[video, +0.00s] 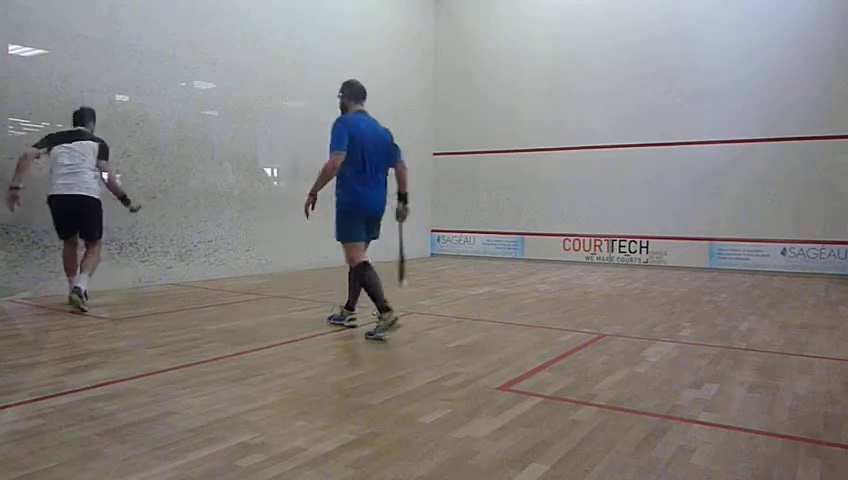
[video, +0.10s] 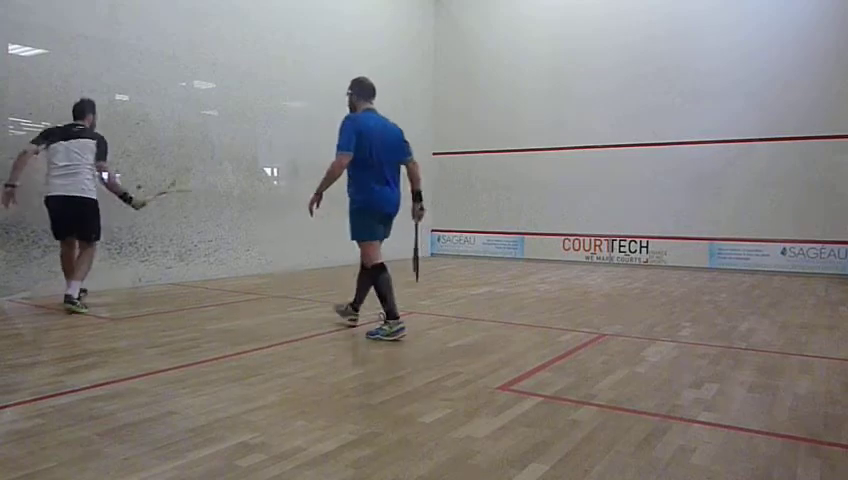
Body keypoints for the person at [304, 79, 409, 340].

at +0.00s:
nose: (339, 103)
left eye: (340, 99)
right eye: (340, 99)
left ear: (344, 100)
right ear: (363, 100)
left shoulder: (344, 124)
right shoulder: (381, 130)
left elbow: (336, 161)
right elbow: (400, 165)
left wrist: (314, 191)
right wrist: (403, 199)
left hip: (351, 203)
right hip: (376, 204)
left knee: (356, 258)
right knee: (358, 257)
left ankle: (386, 312)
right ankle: (349, 310)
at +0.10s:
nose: (347, 101)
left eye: (348, 97)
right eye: (348, 97)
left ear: (353, 97)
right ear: (373, 98)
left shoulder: (352, 123)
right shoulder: (391, 127)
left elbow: (342, 161)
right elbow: (411, 164)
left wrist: (320, 191)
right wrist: (417, 198)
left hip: (364, 201)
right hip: (391, 201)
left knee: (373, 258)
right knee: (369, 256)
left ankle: (393, 320)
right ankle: (354, 308)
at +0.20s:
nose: (357, 97)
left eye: (358, 93)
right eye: (358, 93)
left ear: (363, 92)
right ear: (383, 93)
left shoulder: (364, 118)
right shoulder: (402, 122)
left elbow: (355, 158)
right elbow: (420, 163)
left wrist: (331, 188)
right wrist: (425, 198)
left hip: (376, 198)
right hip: (403, 199)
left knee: (381, 258)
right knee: (384, 255)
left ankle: (394, 322)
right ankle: (374, 308)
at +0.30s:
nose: (370, 93)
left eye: (371, 88)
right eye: (371, 88)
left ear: (376, 88)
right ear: (395, 88)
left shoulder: (377, 114)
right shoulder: (414, 118)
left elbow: (372, 153)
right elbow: (428, 158)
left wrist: (349, 186)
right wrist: (428, 194)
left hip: (387, 196)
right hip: (414, 196)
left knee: (386, 257)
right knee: (402, 252)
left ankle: (394, 323)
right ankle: (409, 315)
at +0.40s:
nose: (384, 92)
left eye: (385, 87)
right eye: (385, 87)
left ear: (391, 87)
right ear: (410, 89)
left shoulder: (394, 114)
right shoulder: (427, 119)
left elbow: (391, 152)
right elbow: (439, 161)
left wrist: (369, 188)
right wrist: (435, 195)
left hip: (398, 199)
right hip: (425, 199)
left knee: (391, 255)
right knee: (419, 251)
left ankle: (394, 323)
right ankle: (450, 307)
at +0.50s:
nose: (400, 95)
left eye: (401, 90)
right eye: (401, 90)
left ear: (407, 90)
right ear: (425, 91)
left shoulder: (413, 114)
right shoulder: (439, 120)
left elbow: (412, 152)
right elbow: (449, 167)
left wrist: (392, 192)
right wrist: (439, 194)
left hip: (413, 199)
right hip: (440, 199)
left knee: (394, 255)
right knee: (441, 254)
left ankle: (394, 323)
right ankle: (482, 305)